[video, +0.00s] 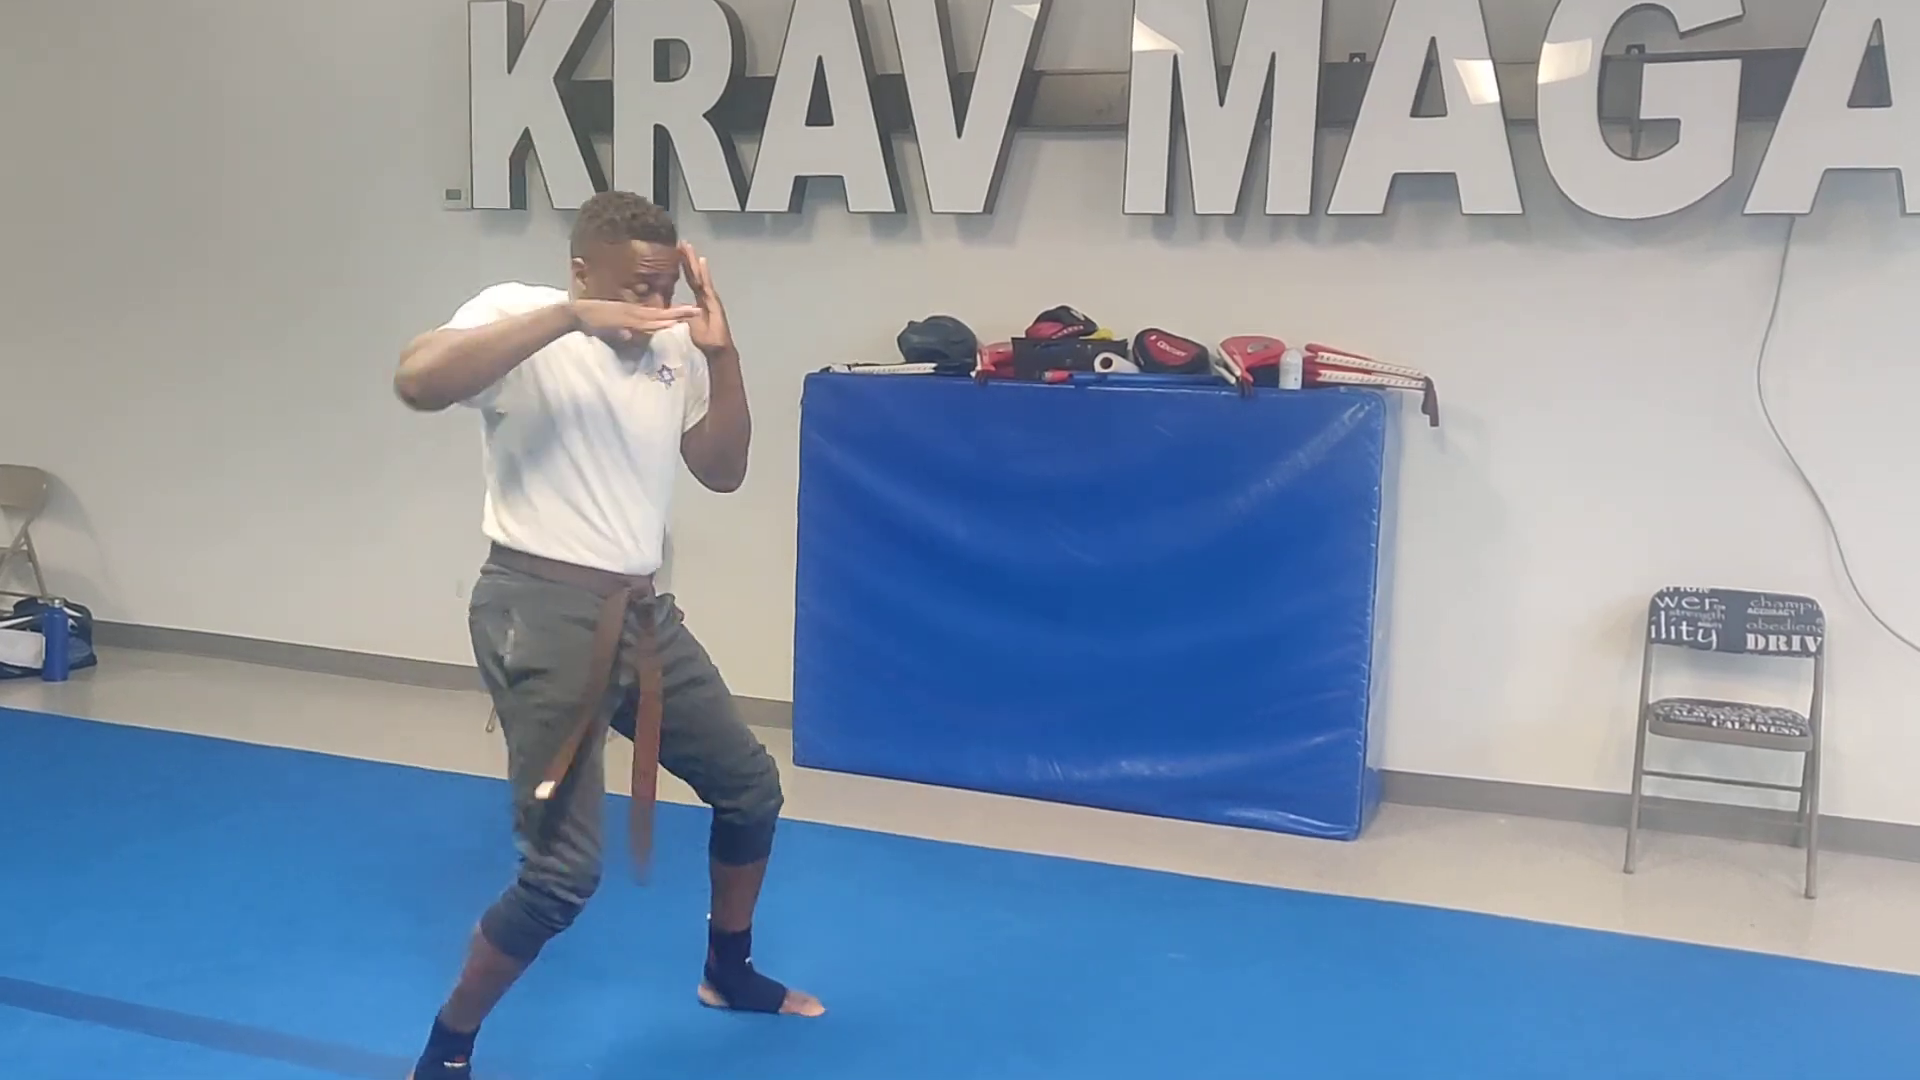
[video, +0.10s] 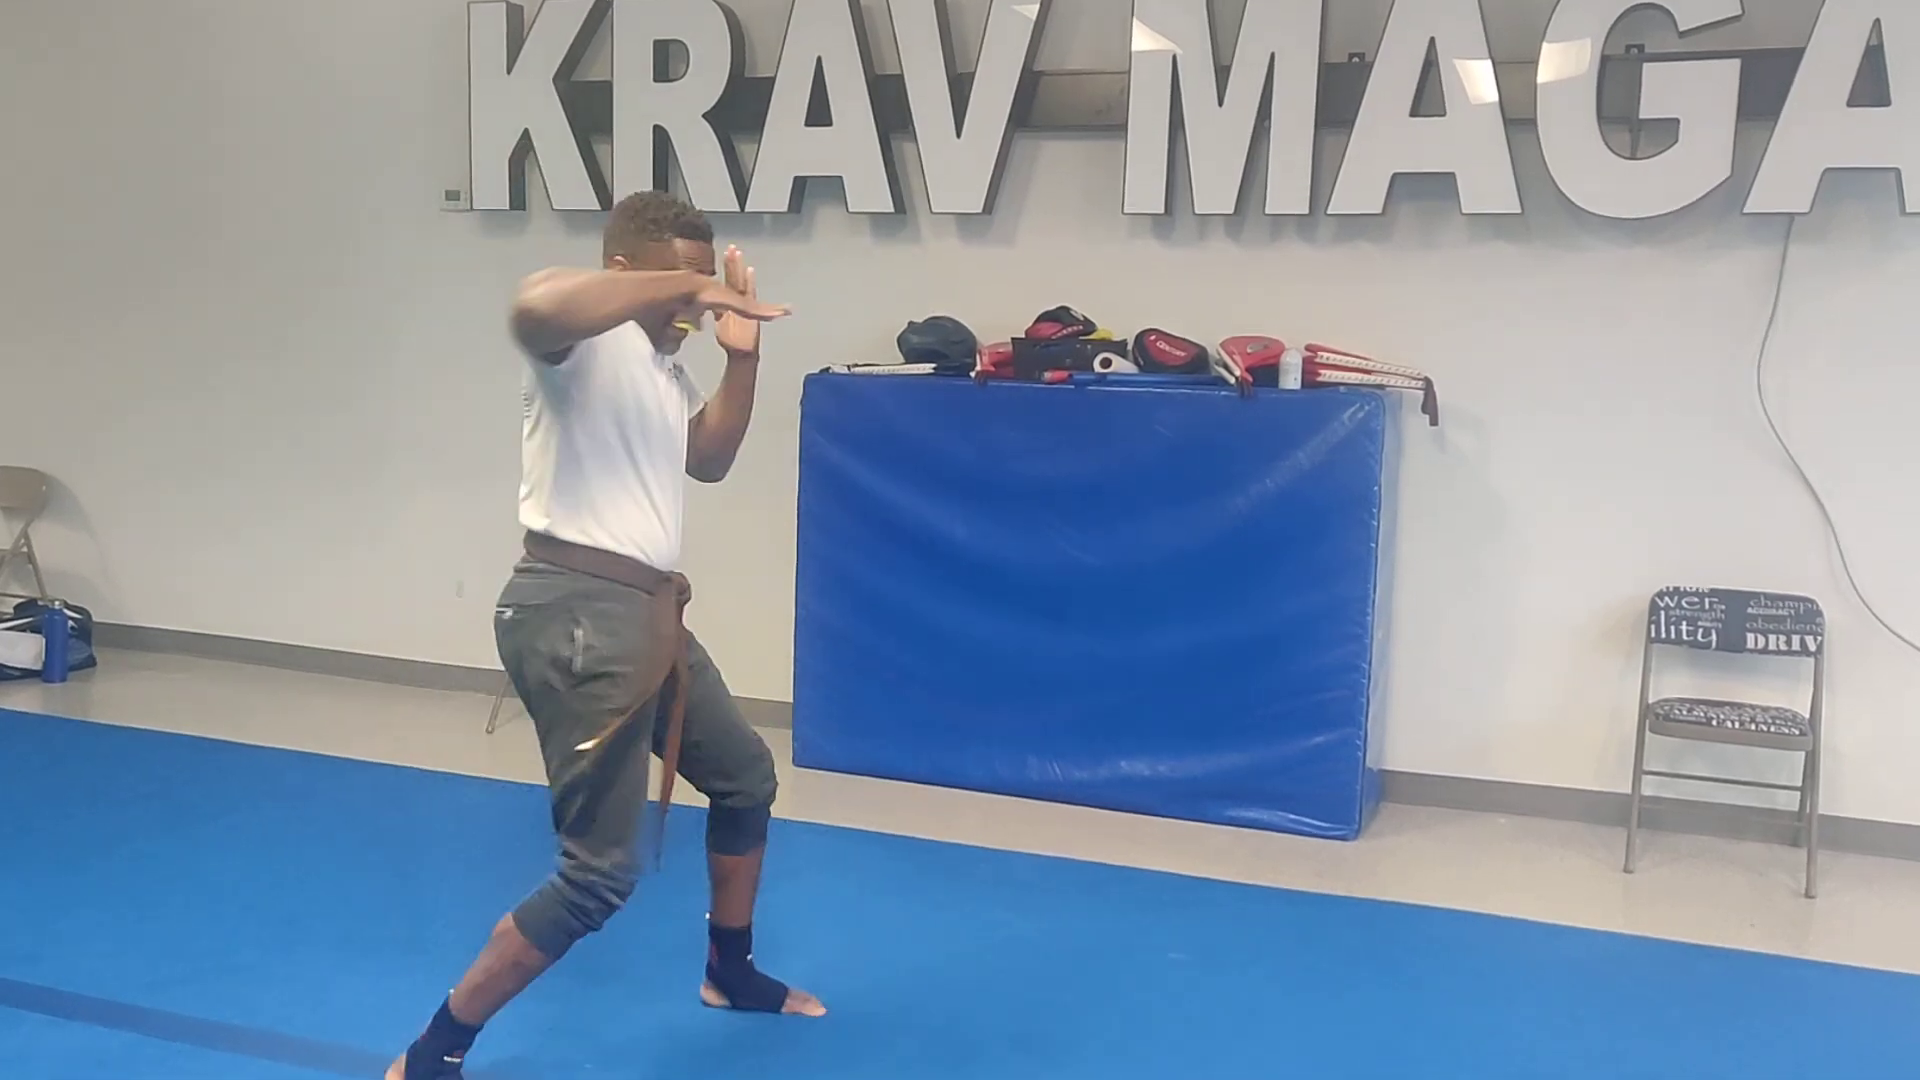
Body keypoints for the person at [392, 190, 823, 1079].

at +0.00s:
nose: (656, 298)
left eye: (664, 282)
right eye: (641, 281)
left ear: (674, 278)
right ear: (586, 269)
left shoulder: (673, 349)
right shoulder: (519, 312)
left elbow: (723, 468)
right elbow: (418, 379)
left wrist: (723, 356)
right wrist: (572, 314)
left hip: (640, 608)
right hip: (541, 606)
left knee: (749, 789)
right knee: (562, 871)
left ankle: (731, 971)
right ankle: (443, 1057)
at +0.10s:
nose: (703, 294)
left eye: (708, 278)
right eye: (694, 275)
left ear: (683, 281)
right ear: (642, 264)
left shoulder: (666, 371)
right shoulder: (584, 329)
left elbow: (708, 459)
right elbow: (537, 310)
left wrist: (744, 359)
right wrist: (691, 288)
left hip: (646, 609)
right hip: (579, 606)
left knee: (747, 777)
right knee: (600, 872)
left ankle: (732, 971)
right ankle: (432, 1055)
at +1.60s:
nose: (921, 328)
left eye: (929, 312)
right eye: (904, 309)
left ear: (932, 304)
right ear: (854, 294)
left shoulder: (910, 369)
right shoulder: (800, 353)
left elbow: (919, 505)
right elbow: (875, 446)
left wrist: (938, 457)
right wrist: (965, 343)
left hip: (885, 591)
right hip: (794, 590)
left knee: (981, 774)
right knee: (715, 798)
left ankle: (993, 959)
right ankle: (600, 916)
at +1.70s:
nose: (951, 336)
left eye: (957, 319)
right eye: (935, 318)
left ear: (950, 306)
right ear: (881, 299)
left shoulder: (900, 373)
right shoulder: (848, 352)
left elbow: (905, 505)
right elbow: (975, 356)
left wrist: (942, 468)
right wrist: (1117, 315)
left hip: (894, 597)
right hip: (809, 600)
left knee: (995, 771)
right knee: (752, 814)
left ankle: (994, 962)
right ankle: (615, 917)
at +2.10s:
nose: (851, 308)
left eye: (866, 291)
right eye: (834, 291)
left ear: (889, 282)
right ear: (808, 279)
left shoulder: (927, 353)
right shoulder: (754, 354)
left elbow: (983, 482)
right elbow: (727, 496)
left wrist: (935, 396)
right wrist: (799, 420)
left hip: (885, 586)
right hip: (774, 578)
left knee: (966, 777)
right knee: (708, 785)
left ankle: (994, 960)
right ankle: (673, 916)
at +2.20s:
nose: (788, 300)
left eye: (805, 283)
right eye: (774, 283)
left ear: (837, 277)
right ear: (756, 278)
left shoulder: (886, 362)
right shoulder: (710, 358)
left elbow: (930, 495)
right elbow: (665, 494)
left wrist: (863, 443)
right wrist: (731, 446)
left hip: (851, 587)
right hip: (740, 582)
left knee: (936, 779)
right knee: (684, 786)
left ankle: (990, 957)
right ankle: (681, 927)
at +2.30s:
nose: (723, 289)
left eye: (741, 273)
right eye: (710, 273)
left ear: (779, 274)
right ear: (696, 278)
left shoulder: (835, 364)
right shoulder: (665, 359)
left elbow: (879, 499)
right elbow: (611, 484)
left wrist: (786, 530)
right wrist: (658, 472)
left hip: (804, 597)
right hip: (691, 592)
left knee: (890, 779)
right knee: (648, 789)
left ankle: (973, 949)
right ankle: (675, 925)